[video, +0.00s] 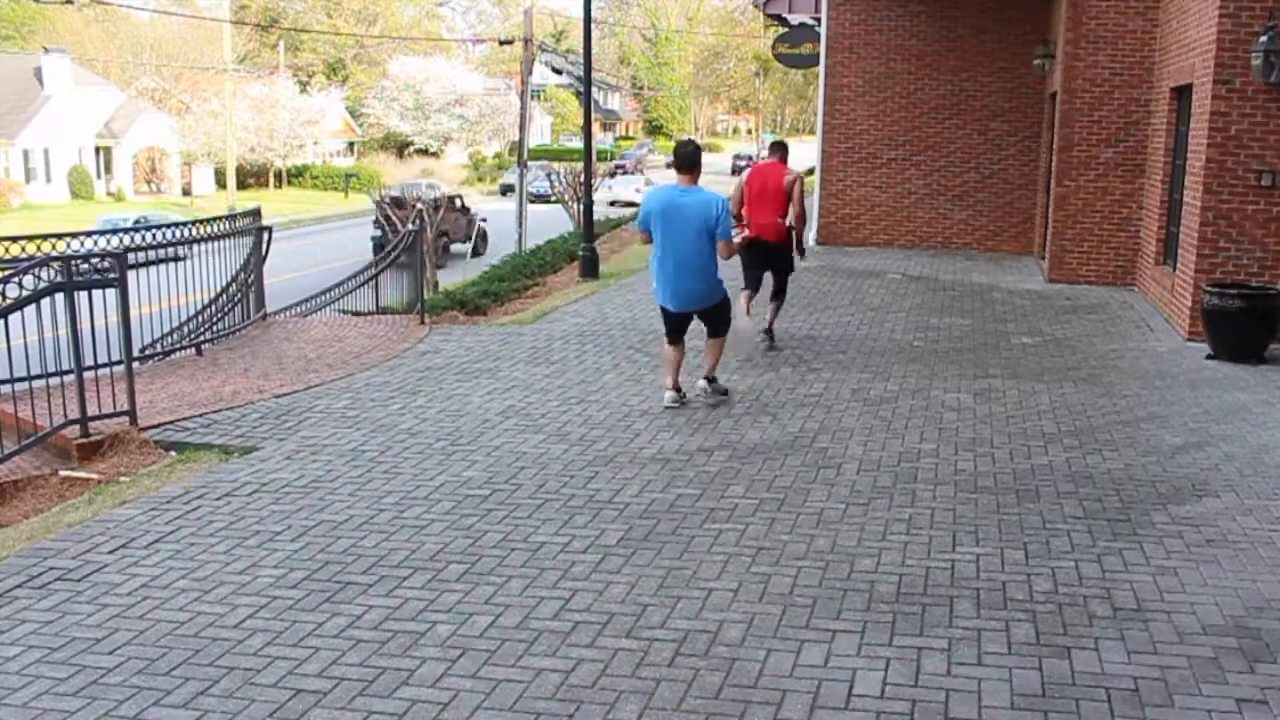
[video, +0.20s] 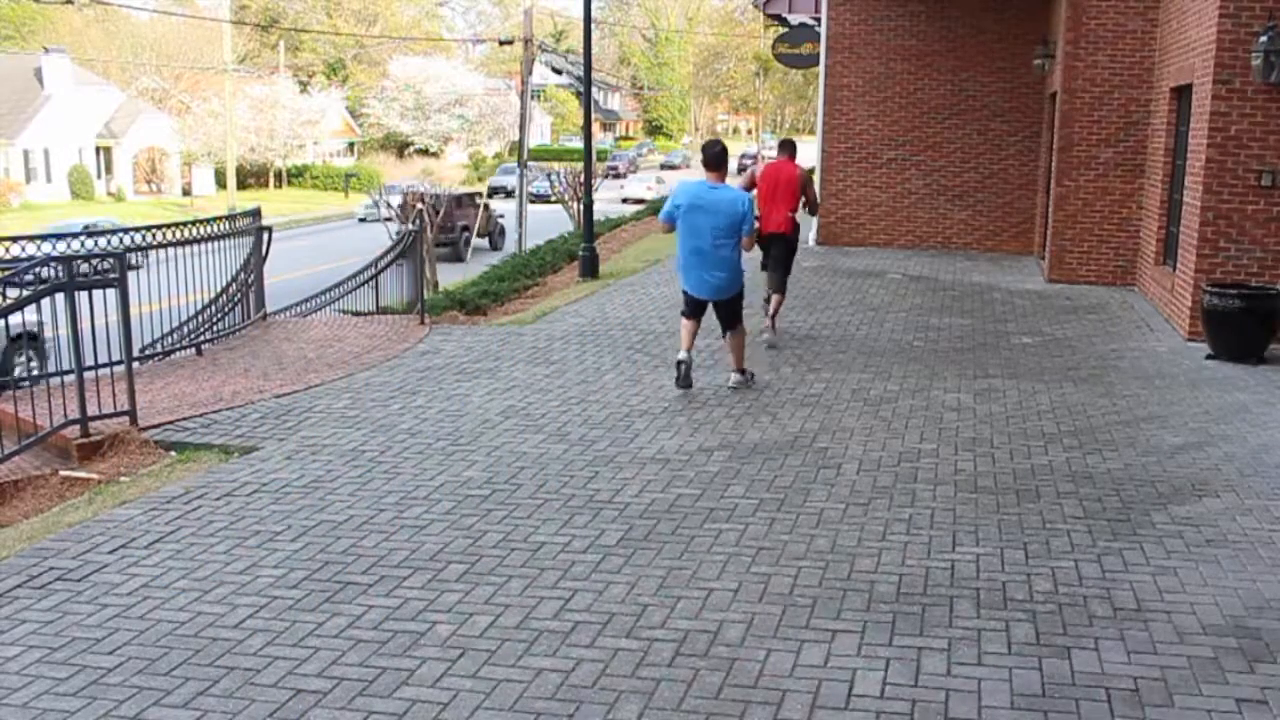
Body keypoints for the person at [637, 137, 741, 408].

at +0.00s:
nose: (696, 168)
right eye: (699, 163)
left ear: (674, 165)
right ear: (700, 166)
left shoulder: (654, 198)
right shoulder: (715, 203)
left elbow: (644, 237)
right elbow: (725, 252)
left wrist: (669, 227)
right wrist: (739, 243)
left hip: (669, 291)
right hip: (704, 289)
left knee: (674, 340)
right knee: (719, 325)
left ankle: (671, 387)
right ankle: (708, 377)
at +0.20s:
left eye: (706, 162)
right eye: (724, 162)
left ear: (702, 164)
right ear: (727, 164)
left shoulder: (684, 191)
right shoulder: (741, 199)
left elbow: (665, 225)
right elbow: (747, 244)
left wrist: (688, 216)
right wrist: (748, 226)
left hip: (693, 277)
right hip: (726, 279)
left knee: (691, 314)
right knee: (734, 327)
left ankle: (684, 353)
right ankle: (738, 371)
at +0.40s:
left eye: (720, 158)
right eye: (735, 157)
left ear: (715, 160)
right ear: (739, 159)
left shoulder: (700, 188)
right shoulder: (756, 191)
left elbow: (692, 224)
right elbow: (766, 232)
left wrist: (711, 218)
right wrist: (774, 227)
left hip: (713, 268)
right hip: (744, 268)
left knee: (718, 315)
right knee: (749, 311)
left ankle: (721, 353)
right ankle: (743, 346)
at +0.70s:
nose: (759, 160)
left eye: (748, 156)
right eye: (762, 156)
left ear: (743, 158)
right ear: (765, 157)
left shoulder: (727, 183)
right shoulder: (777, 189)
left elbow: (712, 212)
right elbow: (781, 227)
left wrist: (730, 198)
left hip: (736, 256)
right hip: (765, 259)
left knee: (735, 293)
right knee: (771, 299)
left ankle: (728, 325)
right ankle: (776, 337)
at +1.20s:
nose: (776, 153)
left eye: (773, 150)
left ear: (773, 152)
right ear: (793, 152)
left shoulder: (760, 175)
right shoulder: (804, 180)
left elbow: (748, 202)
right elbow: (808, 214)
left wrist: (764, 190)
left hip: (768, 240)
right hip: (794, 242)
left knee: (765, 278)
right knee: (798, 281)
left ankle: (761, 309)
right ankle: (801, 311)